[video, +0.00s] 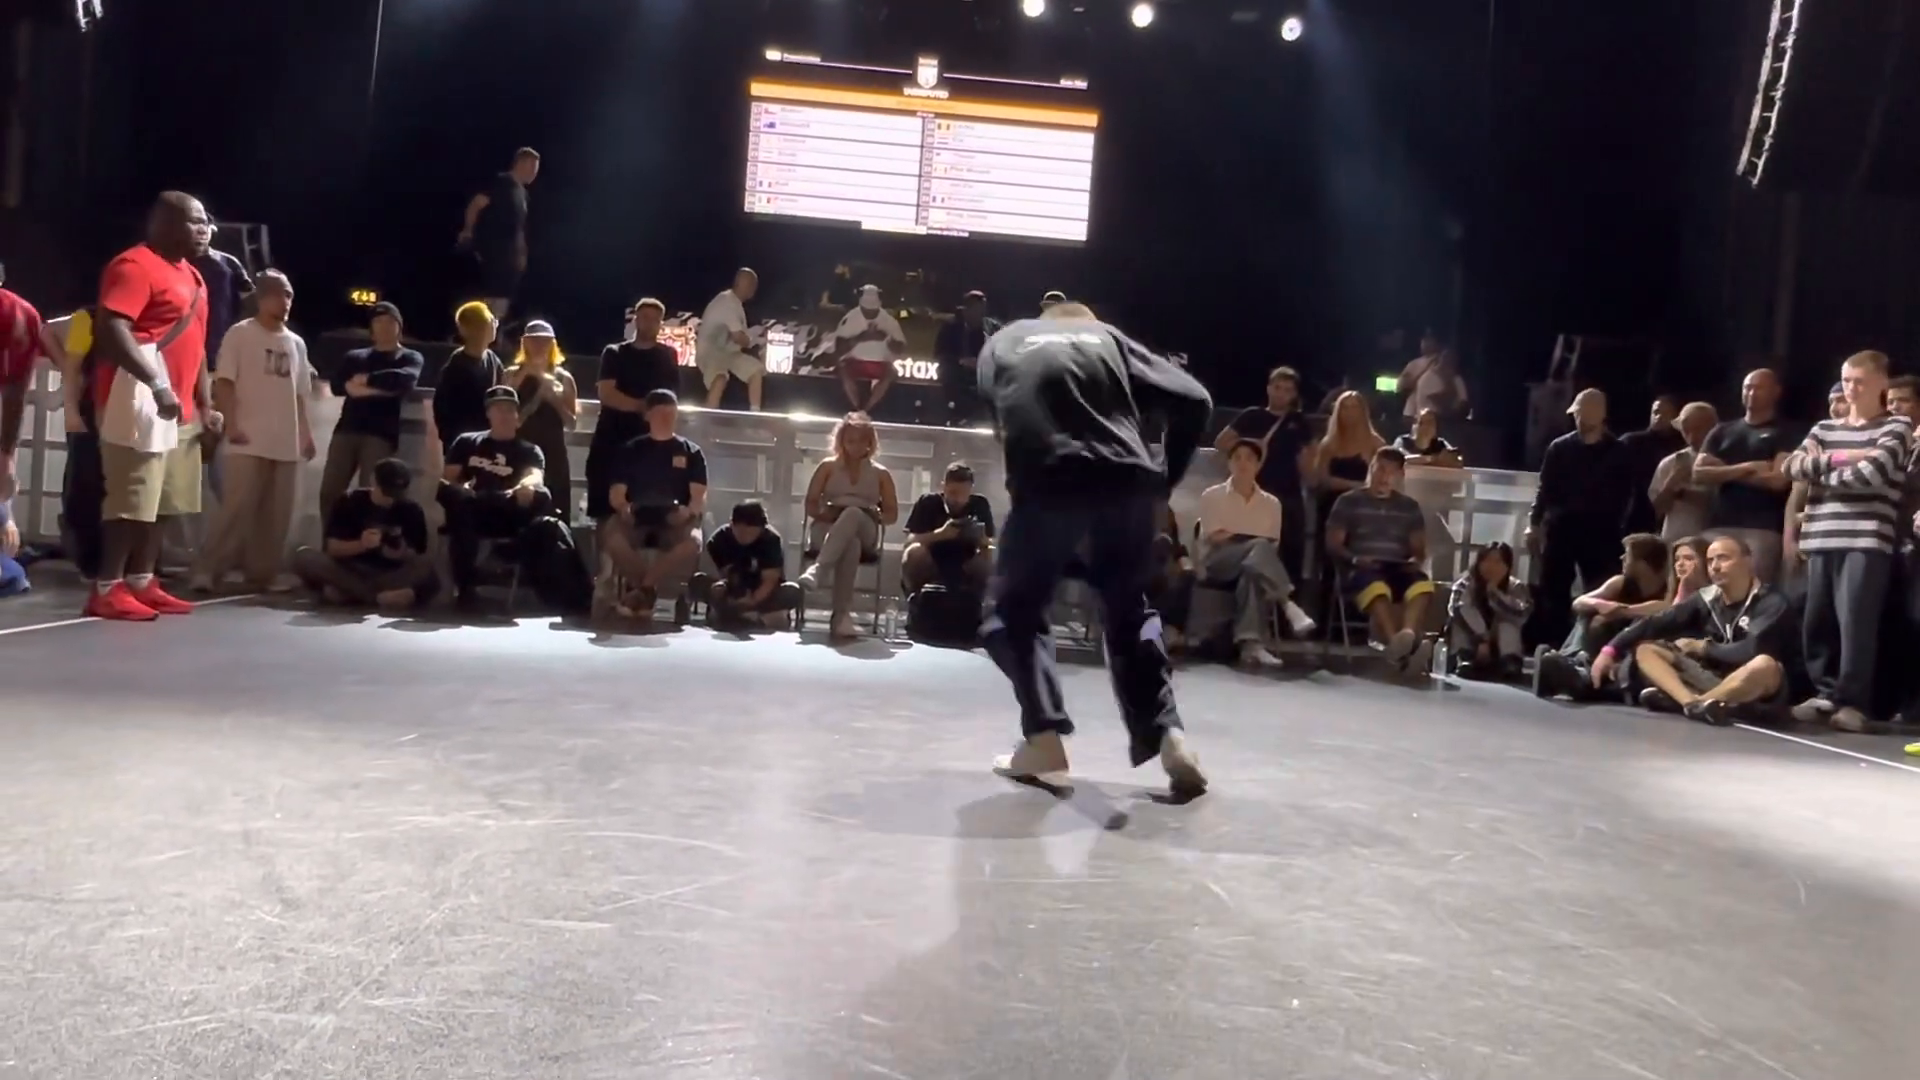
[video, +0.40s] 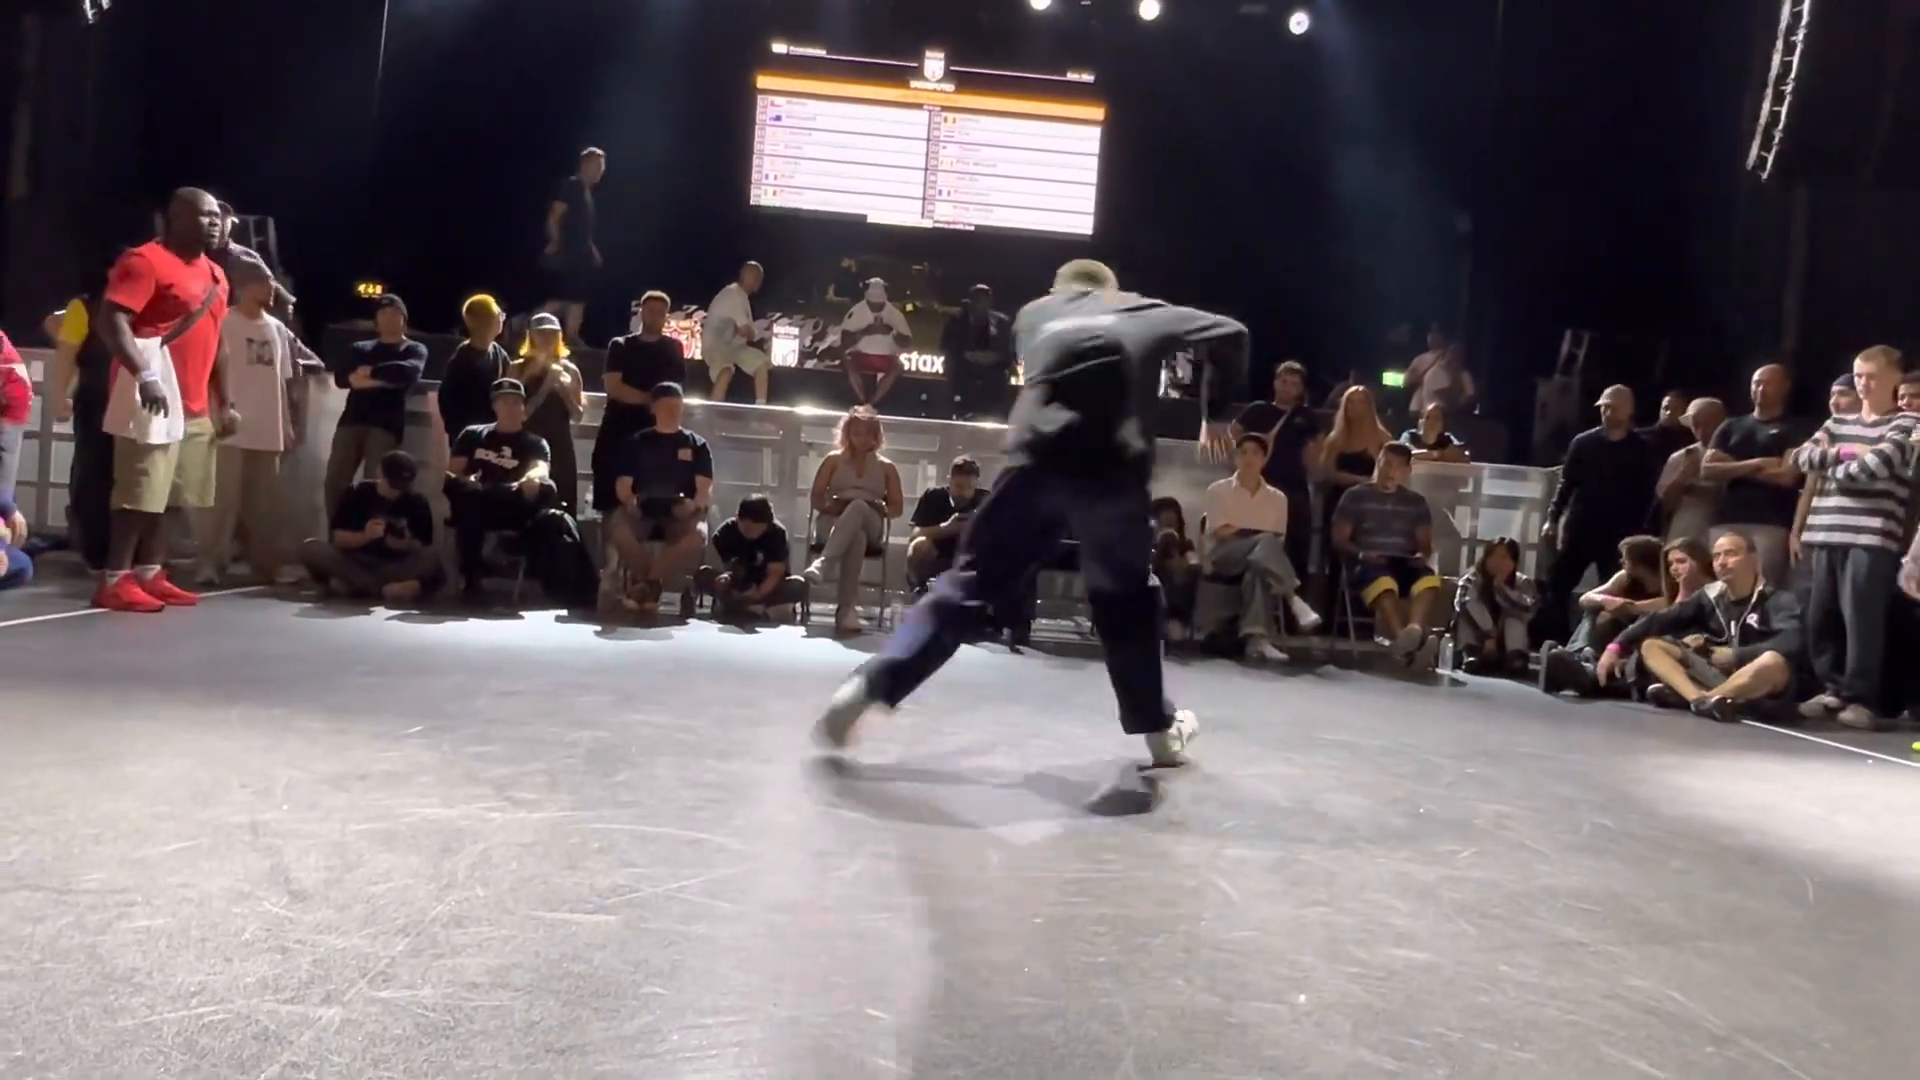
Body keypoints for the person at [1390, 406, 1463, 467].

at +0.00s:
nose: (1426, 427)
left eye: (1430, 423)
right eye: (1422, 423)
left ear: (1435, 426)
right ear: (1416, 425)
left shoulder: (1441, 444)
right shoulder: (1403, 441)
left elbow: (1456, 461)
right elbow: (1402, 459)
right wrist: (1435, 459)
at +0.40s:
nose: (1432, 423)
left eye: (1436, 419)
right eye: (1428, 418)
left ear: (1442, 422)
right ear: (1422, 421)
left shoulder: (1447, 439)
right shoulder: (1409, 436)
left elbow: (1462, 456)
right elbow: (1406, 454)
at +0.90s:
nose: (1439, 418)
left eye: (1444, 414)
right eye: (1435, 413)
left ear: (1450, 419)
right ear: (1429, 416)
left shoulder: (1454, 434)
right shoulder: (1416, 432)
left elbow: (1470, 452)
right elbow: (1416, 450)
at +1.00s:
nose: (1440, 418)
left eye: (1445, 414)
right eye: (1436, 413)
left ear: (1451, 418)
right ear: (1430, 415)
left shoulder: (1456, 434)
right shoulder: (1417, 432)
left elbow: (1471, 452)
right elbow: (1415, 450)